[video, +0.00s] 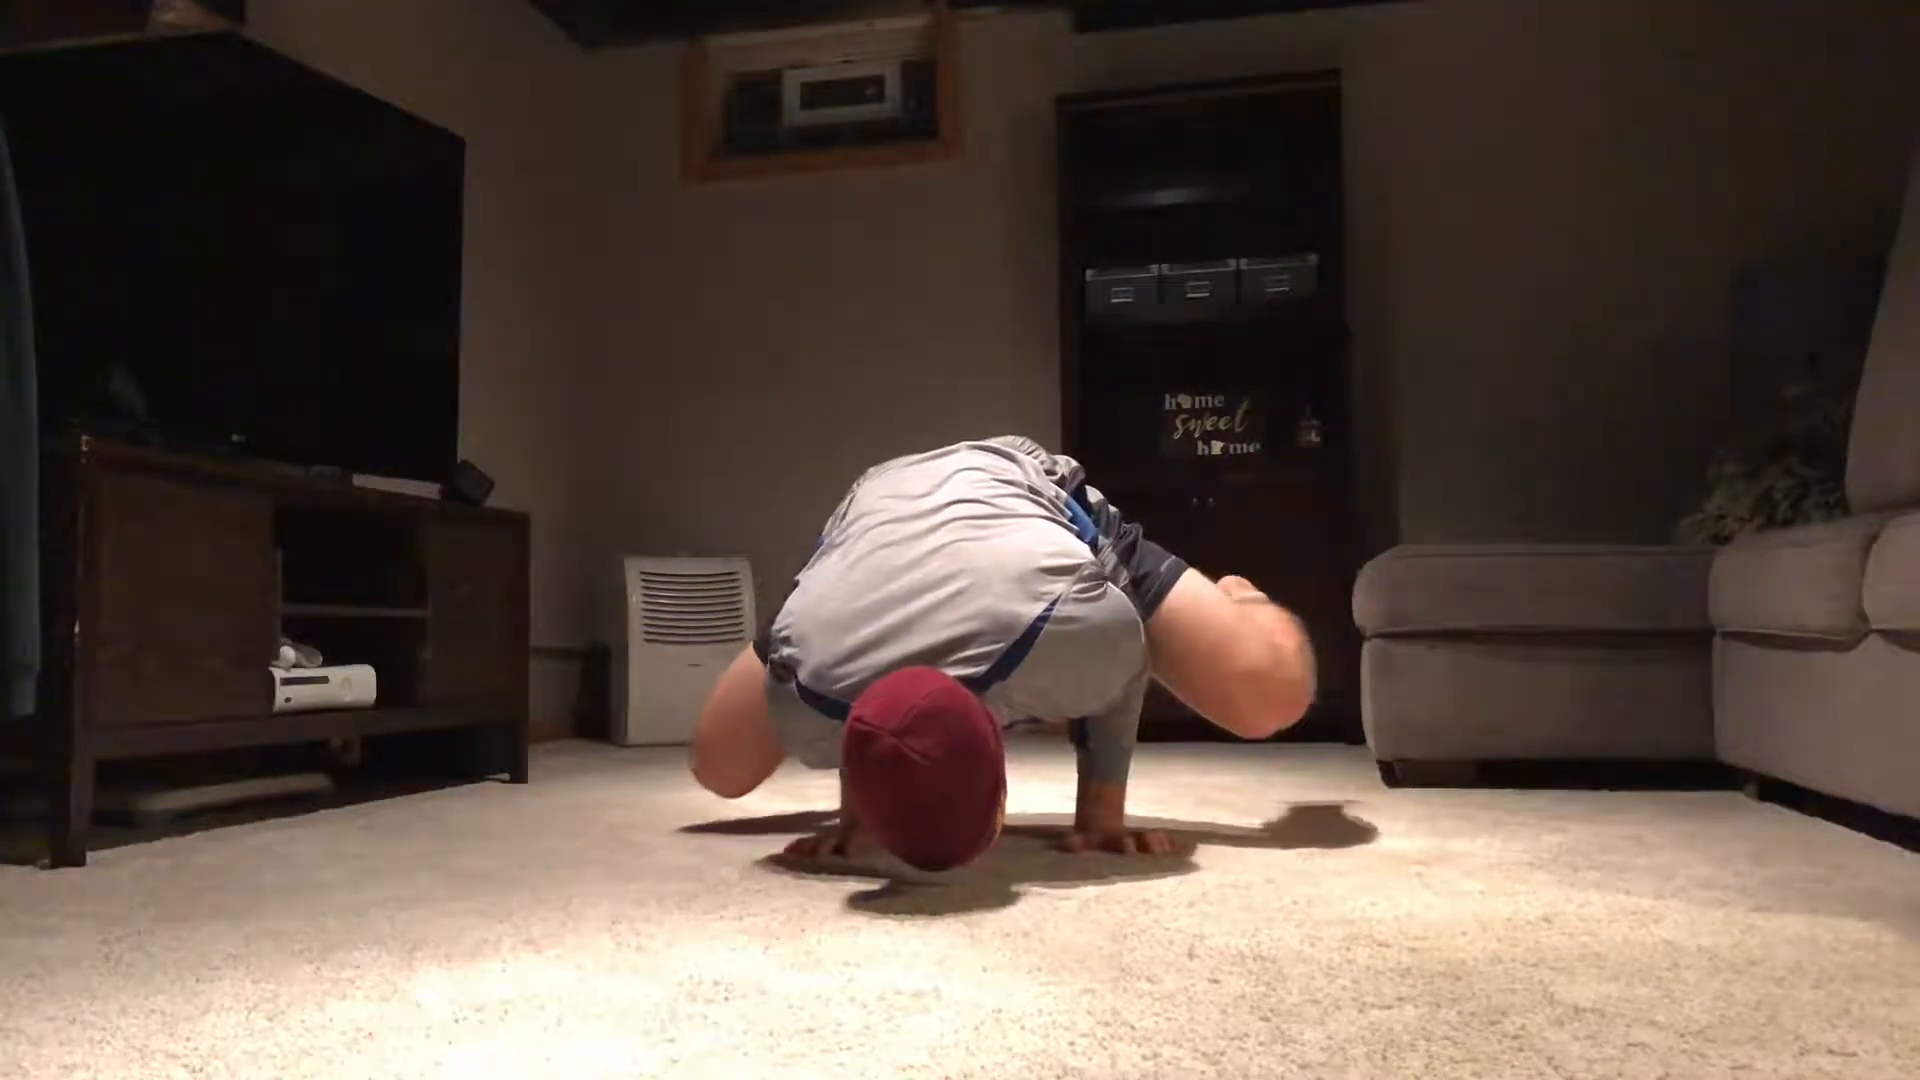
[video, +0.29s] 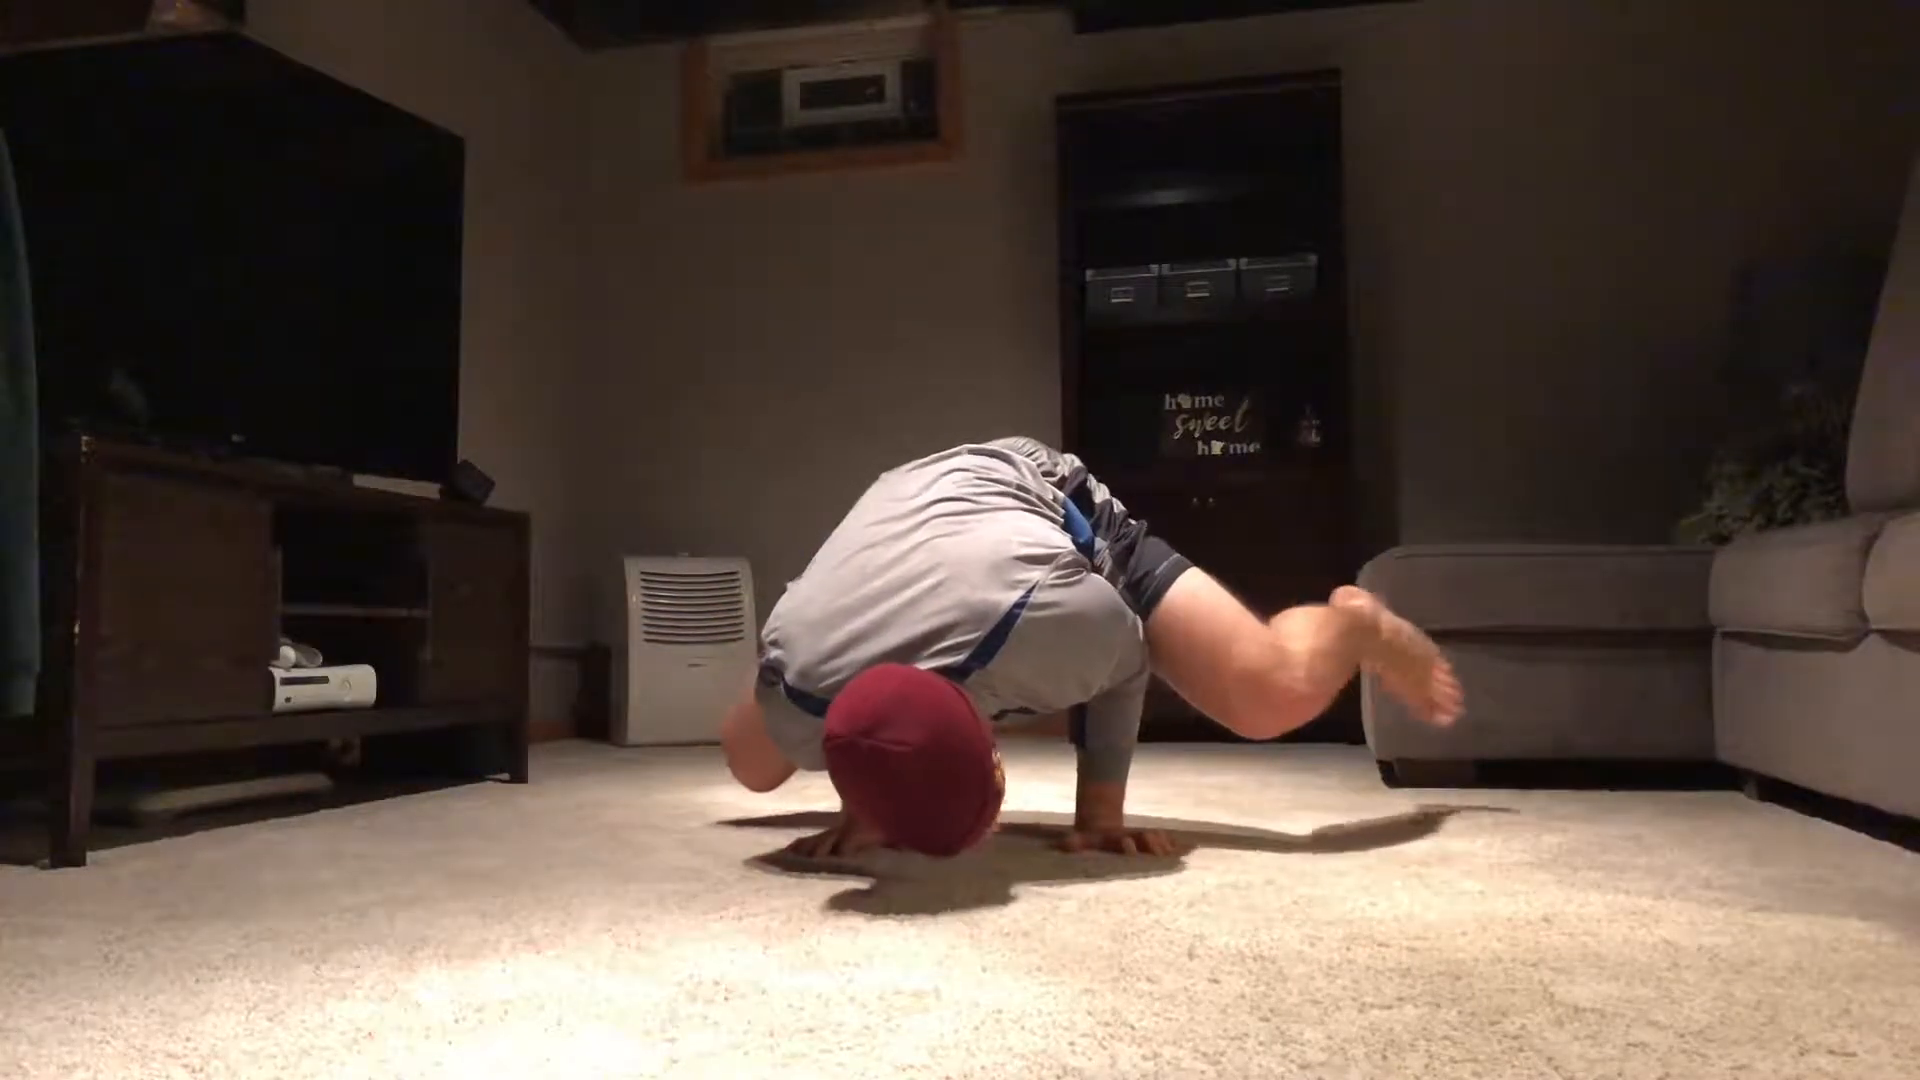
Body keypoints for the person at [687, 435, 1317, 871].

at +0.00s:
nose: (949, 864)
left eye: (964, 849)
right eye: (923, 858)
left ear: (989, 738)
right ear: (861, 753)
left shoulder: (1091, 639)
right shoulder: (794, 706)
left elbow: (1124, 672)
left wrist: (1101, 816)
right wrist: (855, 810)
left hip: (1027, 481)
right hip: (874, 499)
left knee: (1272, 703)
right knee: (720, 768)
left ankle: (1229, 599)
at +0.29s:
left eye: (961, 819)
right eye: (921, 831)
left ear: (974, 729)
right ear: (841, 750)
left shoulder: (1056, 637)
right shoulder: (782, 697)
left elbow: (1123, 658)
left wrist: (1101, 818)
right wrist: (860, 803)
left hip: (1038, 492)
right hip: (895, 509)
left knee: (1270, 698)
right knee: (750, 759)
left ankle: (1359, 622)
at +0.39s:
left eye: (958, 805)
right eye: (925, 817)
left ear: (974, 722)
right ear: (851, 756)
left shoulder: (1054, 635)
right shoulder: (782, 681)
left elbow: (1127, 659)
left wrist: (1101, 816)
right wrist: (865, 808)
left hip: (1038, 488)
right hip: (898, 511)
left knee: (1269, 695)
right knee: (769, 760)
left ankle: (1419, 627)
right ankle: (1002, 722)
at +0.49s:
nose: (974, 824)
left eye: (973, 808)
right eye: (950, 825)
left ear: (971, 717)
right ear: (848, 763)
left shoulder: (1049, 629)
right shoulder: (782, 704)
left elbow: (1126, 651)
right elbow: (831, 746)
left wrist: (1105, 821)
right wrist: (866, 812)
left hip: (1045, 492)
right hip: (910, 511)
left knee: (1277, 693)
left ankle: (1476, 630)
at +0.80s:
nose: (946, 776)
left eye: (948, 761)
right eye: (915, 773)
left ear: (958, 697)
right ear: (830, 715)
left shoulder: (1046, 619)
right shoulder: (791, 626)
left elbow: (1137, 664)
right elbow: (846, 727)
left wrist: (1102, 812)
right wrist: (865, 817)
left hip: (1098, 483)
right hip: (962, 496)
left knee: (1298, 702)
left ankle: (1557, 705)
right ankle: (1161, 701)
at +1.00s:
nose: (989, 722)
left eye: (990, 700)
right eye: (964, 720)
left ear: (989, 625)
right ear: (854, 649)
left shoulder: (1070, 576)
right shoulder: (840, 578)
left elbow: (1158, 677)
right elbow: (878, 694)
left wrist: (1110, 812)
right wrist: (866, 817)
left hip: (1165, 449)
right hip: (1040, 474)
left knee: (1352, 678)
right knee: (1014, 705)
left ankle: (1609, 706)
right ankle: (1214, 669)